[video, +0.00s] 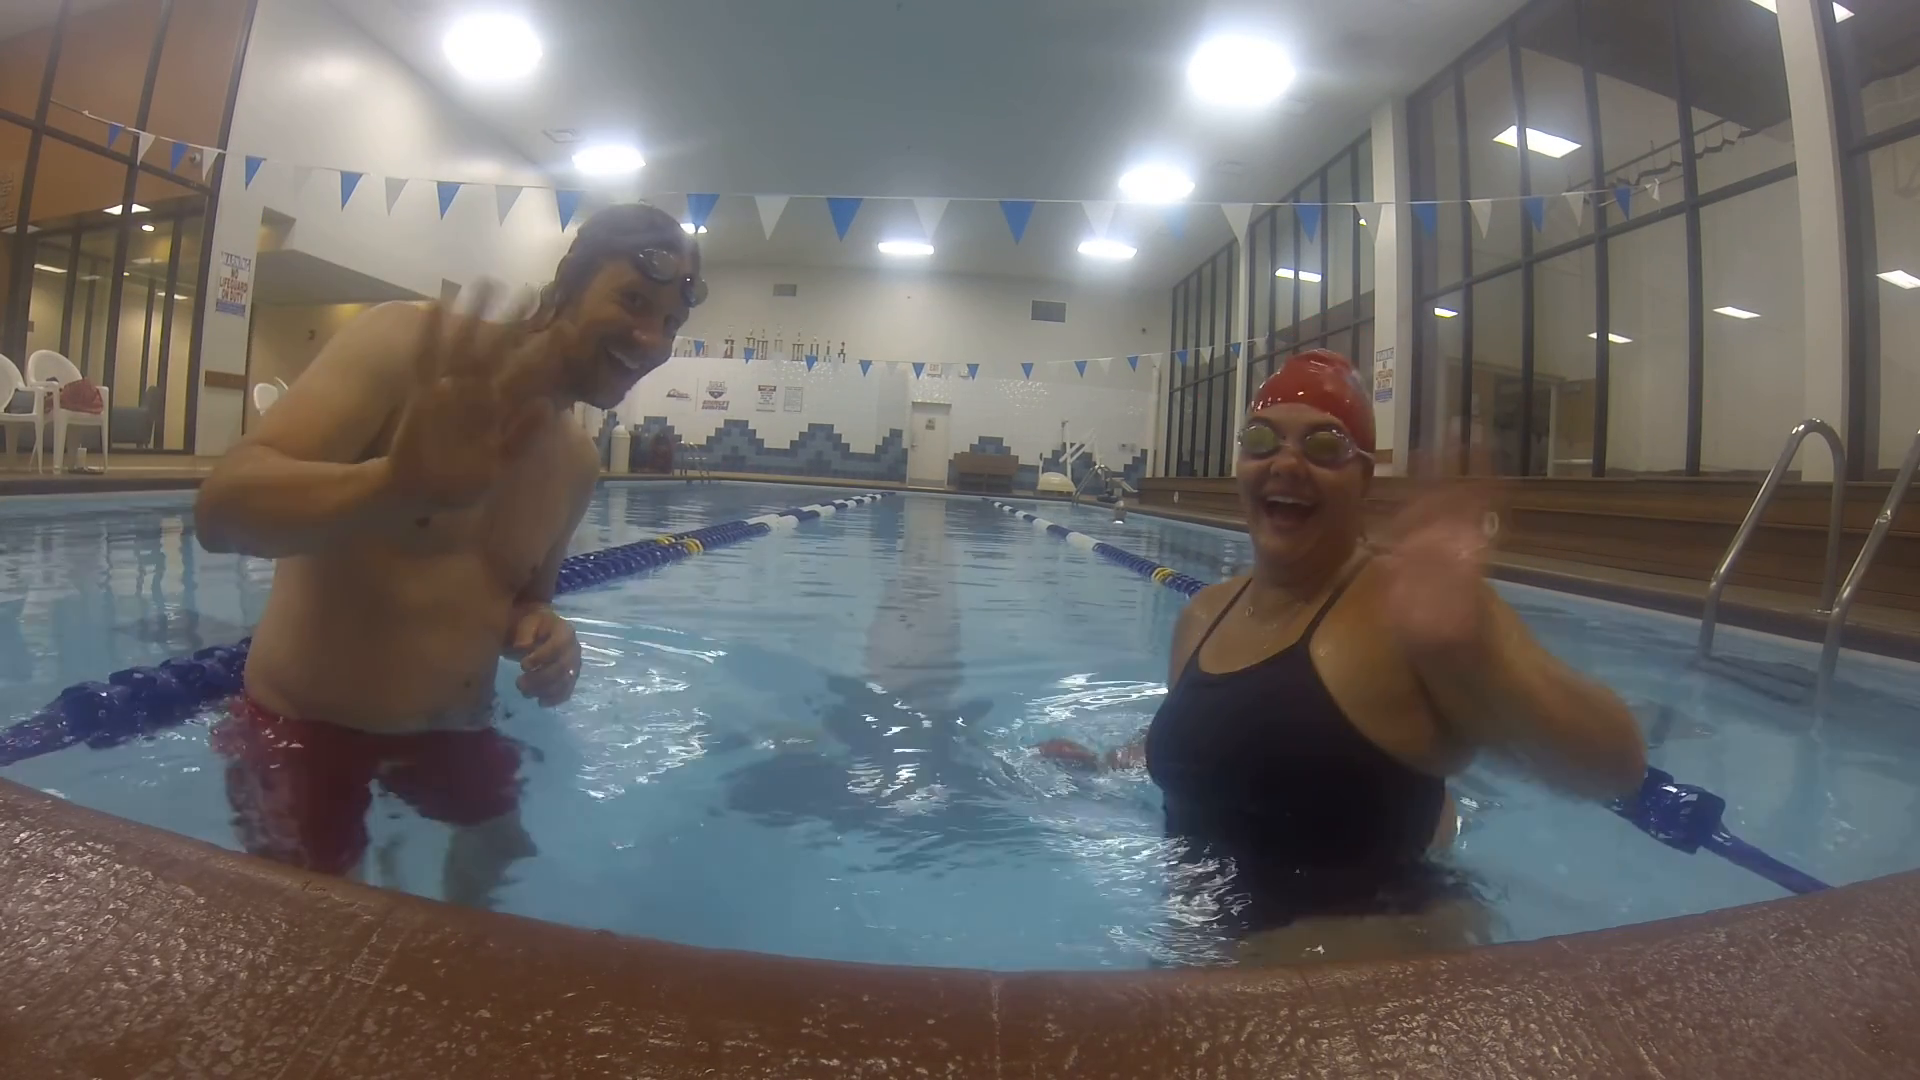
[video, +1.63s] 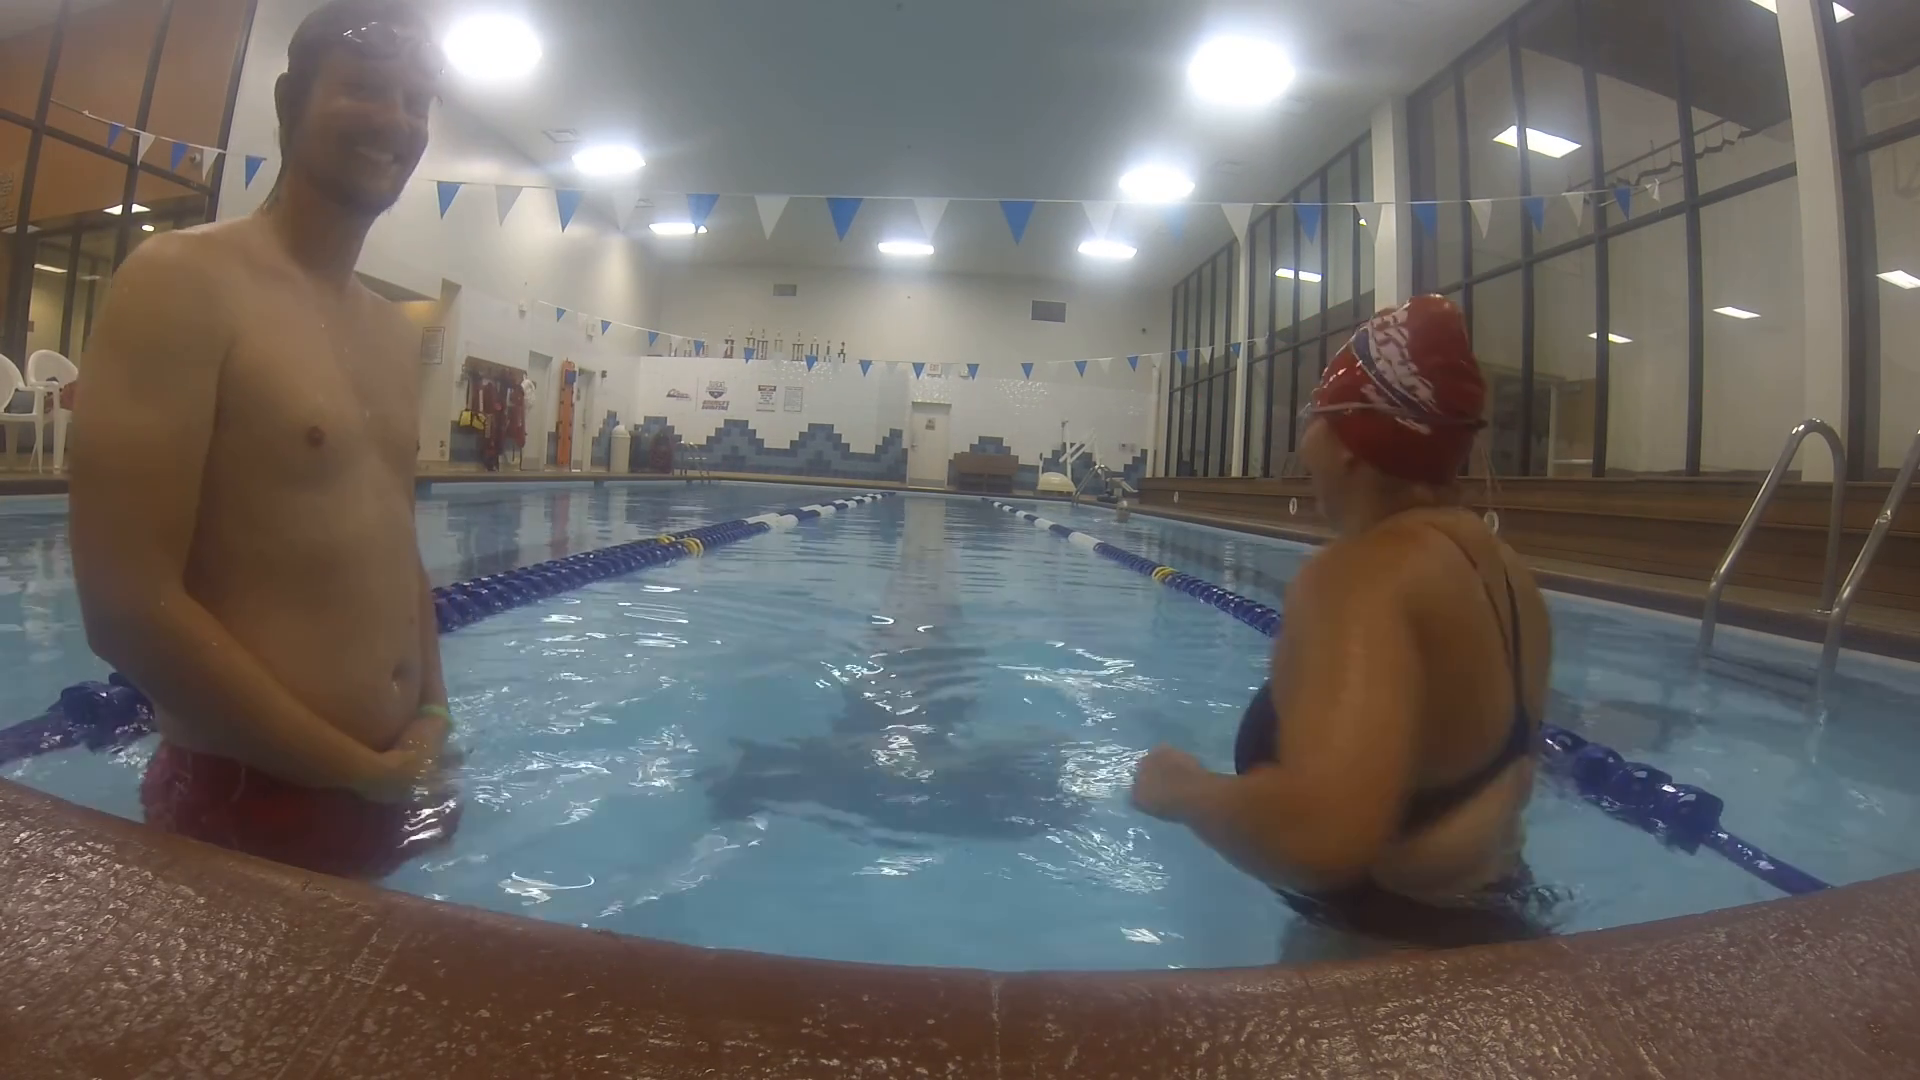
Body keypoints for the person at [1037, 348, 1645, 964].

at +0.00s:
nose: (1285, 467)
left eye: (1323, 447)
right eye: (1263, 442)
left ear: (1366, 477)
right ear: (1240, 464)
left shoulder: (1419, 607)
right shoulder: (1206, 612)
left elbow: (1619, 768)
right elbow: (1204, 742)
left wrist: (1468, 652)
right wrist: (1105, 765)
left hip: (1372, 985)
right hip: (1219, 973)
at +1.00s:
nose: (1345, 468)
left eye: (1383, 446)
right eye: (1320, 442)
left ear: (1428, 468)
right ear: (1294, 459)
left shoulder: (1469, 595)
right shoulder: (1276, 593)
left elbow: (1634, 783)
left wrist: (1476, 650)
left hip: (1446, 955)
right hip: (1299, 943)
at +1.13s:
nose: (1324, 465)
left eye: (1363, 444)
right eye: (1308, 440)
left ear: (1424, 471)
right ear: (1289, 458)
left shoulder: (1474, 594)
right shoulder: (1297, 591)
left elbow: (1635, 782)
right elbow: (1307, 727)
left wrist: (1425, 715)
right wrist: (1203, 739)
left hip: (1452, 962)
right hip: (1309, 949)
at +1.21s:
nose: (1300, 467)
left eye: (1339, 443)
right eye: (1293, 442)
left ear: (1420, 470)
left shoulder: (1458, 596)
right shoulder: (1319, 595)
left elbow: (1615, 796)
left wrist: (1342, 732)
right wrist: (1269, 713)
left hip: (1446, 976)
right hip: (1323, 950)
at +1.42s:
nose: (1281, 461)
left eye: (1299, 436)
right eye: (1289, 436)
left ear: (1370, 459)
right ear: (1374, 462)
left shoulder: (1426, 588)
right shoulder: (1430, 576)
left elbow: (1487, 850)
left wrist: (1249, 788)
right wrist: (1265, 780)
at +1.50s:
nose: (1290, 456)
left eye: (1304, 431)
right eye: (1298, 431)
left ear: (1360, 453)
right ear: (1369, 454)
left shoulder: (1399, 587)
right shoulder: (1458, 561)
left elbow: (1423, 852)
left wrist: (1224, 801)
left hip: (1372, 967)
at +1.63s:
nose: (1302, 445)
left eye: (1314, 420)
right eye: (1311, 420)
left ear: (1354, 443)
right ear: (1439, 447)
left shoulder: (1359, 581)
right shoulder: (1503, 566)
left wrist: (1189, 792)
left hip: (1372, 950)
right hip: (1489, 935)